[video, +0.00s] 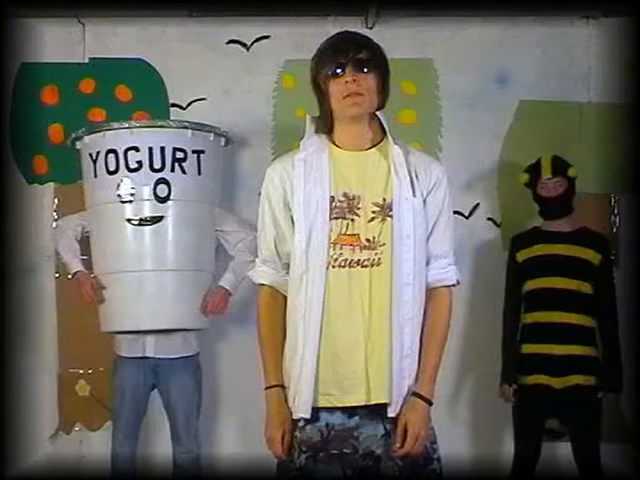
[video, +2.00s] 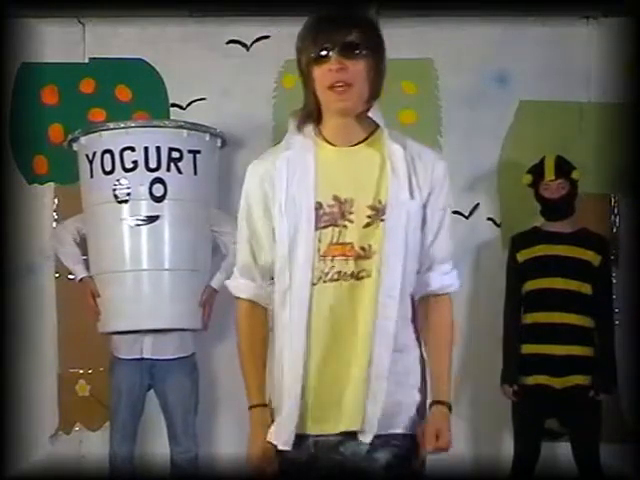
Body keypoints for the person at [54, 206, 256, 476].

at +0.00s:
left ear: (173, 186)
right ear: (130, 189)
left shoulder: (194, 212)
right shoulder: (116, 215)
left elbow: (248, 239)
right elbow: (65, 227)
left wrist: (226, 285)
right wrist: (79, 271)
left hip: (180, 349)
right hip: (129, 350)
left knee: (187, 447)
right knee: (122, 448)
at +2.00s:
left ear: (170, 190)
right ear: (128, 193)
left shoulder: (188, 215)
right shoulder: (111, 217)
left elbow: (237, 238)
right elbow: (62, 234)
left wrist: (214, 285)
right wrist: (84, 276)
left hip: (177, 349)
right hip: (126, 351)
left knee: (185, 449)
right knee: (121, 450)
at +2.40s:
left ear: (171, 189)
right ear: (129, 191)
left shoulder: (191, 214)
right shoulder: (112, 216)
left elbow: (241, 238)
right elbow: (59, 234)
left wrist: (215, 285)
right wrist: (83, 276)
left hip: (176, 349)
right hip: (126, 350)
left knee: (184, 448)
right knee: (120, 449)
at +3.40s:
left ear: (165, 187)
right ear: (122, 189)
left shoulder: (184, 211)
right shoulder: (106, 215)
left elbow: (235, 234)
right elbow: (53, 235)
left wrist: (212, 282)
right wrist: (76, 277)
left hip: (172, 348)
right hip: (121, 351)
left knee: (182, 450)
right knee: (118, 451)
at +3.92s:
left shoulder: (185, 211)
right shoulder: (108, 214)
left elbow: (245, 227)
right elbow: (53, 232)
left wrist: (235, 198)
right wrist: (76, 274)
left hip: (176, 336)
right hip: (124, 339)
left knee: (183, 437)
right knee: (122, 433)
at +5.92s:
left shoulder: (179, 218)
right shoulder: (106, 214)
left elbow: (236, 235)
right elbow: (54, 228)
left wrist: (209, 215)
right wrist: (75, 273)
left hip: (172, 337)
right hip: (121, 340)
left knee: (179, 432)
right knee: (120, 429)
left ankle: (183, 477)